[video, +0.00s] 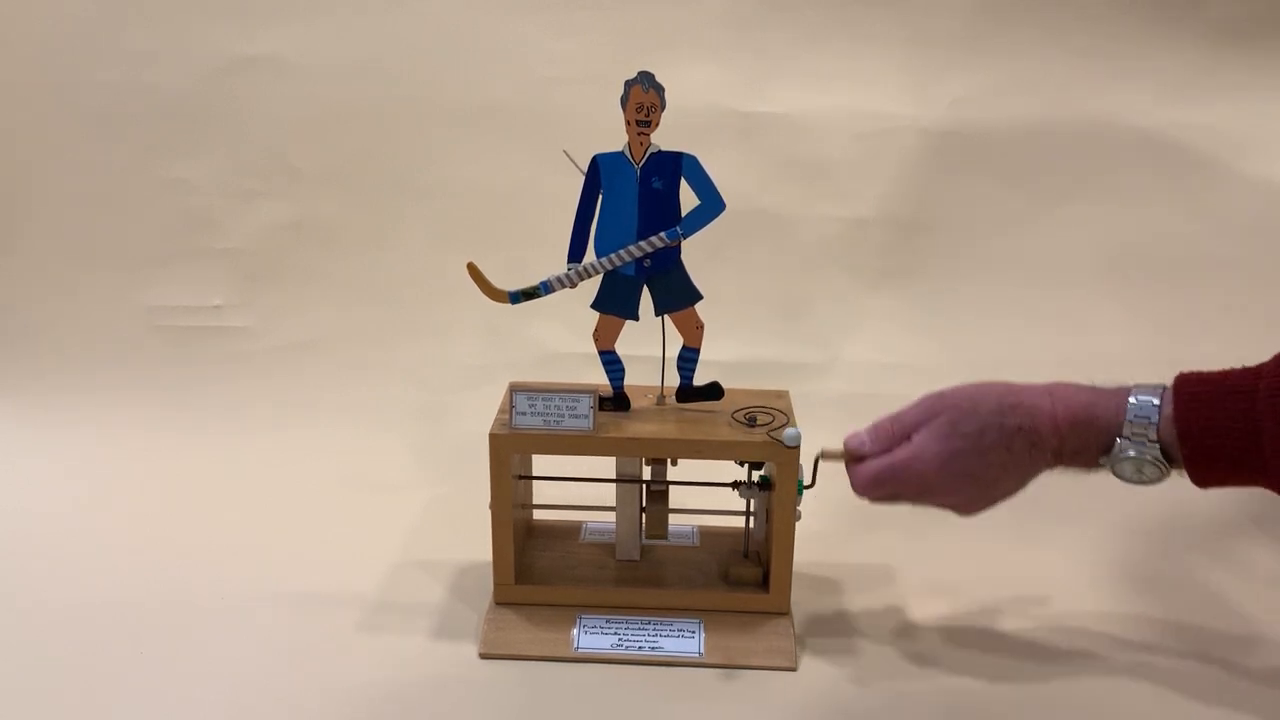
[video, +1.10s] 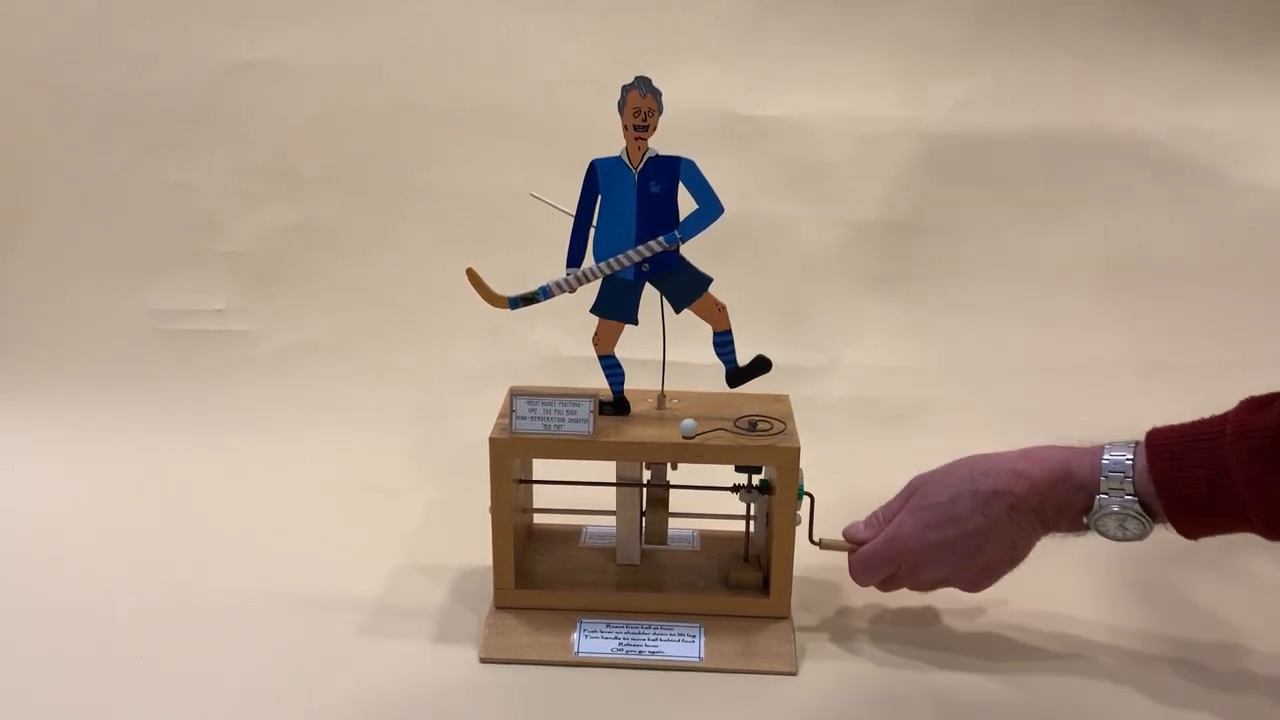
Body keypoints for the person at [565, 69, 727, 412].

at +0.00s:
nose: (645, 113)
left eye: (652, 108)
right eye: (638, 106)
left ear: (661, 115)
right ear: (624, 112)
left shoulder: (678, 163)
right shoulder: (602, 165)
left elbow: (715, 204)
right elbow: (583, 218)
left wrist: (677, 234)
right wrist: (574, 266)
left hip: (664, 265)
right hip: (620, 267)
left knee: (694, 331)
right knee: (603, 337)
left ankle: (685, 390)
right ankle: (618, 395)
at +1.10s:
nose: (642, 117)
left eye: (649, 111)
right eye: (635, 110)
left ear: (658, 119)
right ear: (620, 116)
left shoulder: (676, 167)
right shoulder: (600, 170)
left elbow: (713, 208)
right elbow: (582, 223)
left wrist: (674, 238)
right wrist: (572, 271)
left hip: (666, 263)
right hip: (621, 268)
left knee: (718, 313)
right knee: (603, 342)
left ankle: (733, 372)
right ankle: (618, 400)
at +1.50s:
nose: (645, 119)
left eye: (652, 112)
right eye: (638, 111)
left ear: (660, 119)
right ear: (623, 116)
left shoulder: (678, 168)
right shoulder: (602, 170)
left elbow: (714, 210)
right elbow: (582, 225)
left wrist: (676, 239)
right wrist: (573, 272)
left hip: (666, 262)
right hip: (621, 268)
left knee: (724, 306)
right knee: (603, 343)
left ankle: (746, 362)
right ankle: (619, 401)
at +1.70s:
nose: (647, 121)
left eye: (654, 114)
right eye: (640, 113)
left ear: (663, 122)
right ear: (626, 118)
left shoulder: (681, 170)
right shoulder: (604, 171)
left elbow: (716, 211)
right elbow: (585, 224)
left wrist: (676, 241)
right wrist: (575, 270)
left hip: (667, 270)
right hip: (621, 272)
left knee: (706, 330)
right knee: (603, 344)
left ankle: (707, 389)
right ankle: (618, 402)